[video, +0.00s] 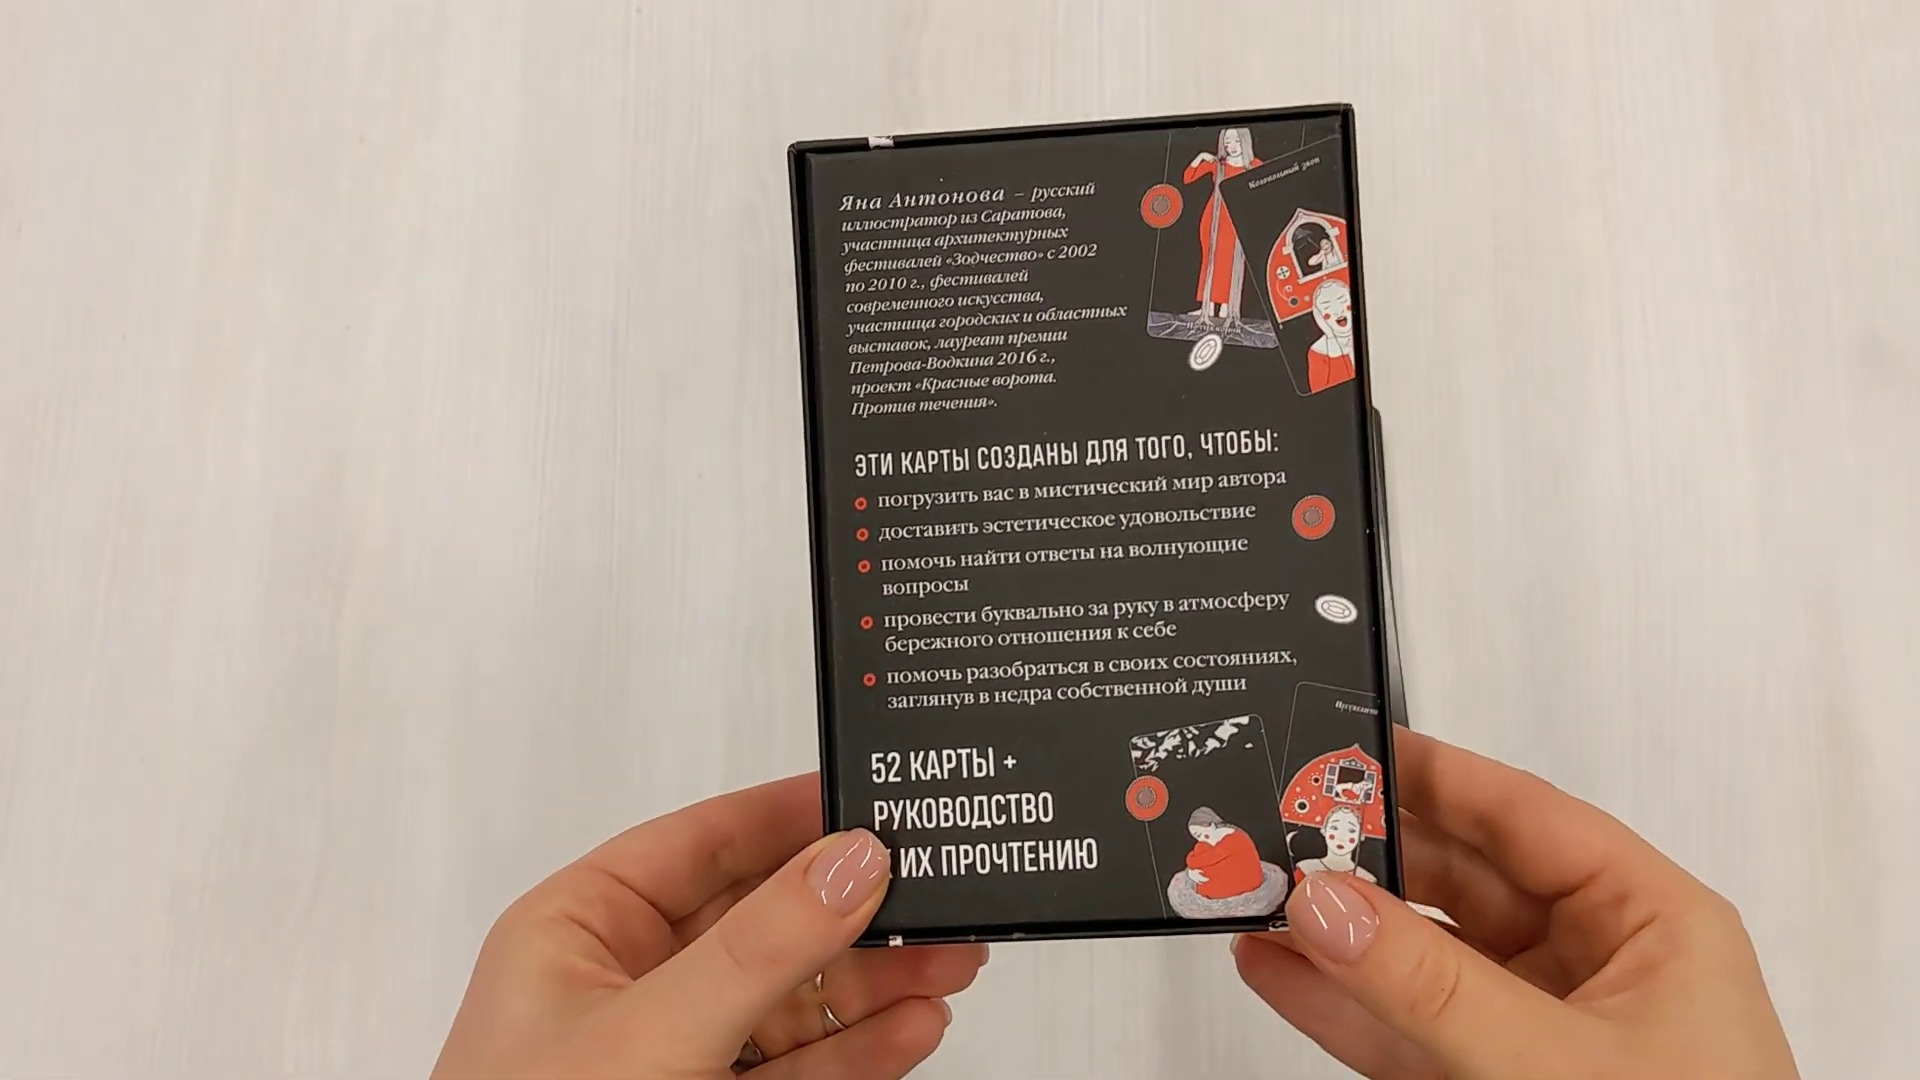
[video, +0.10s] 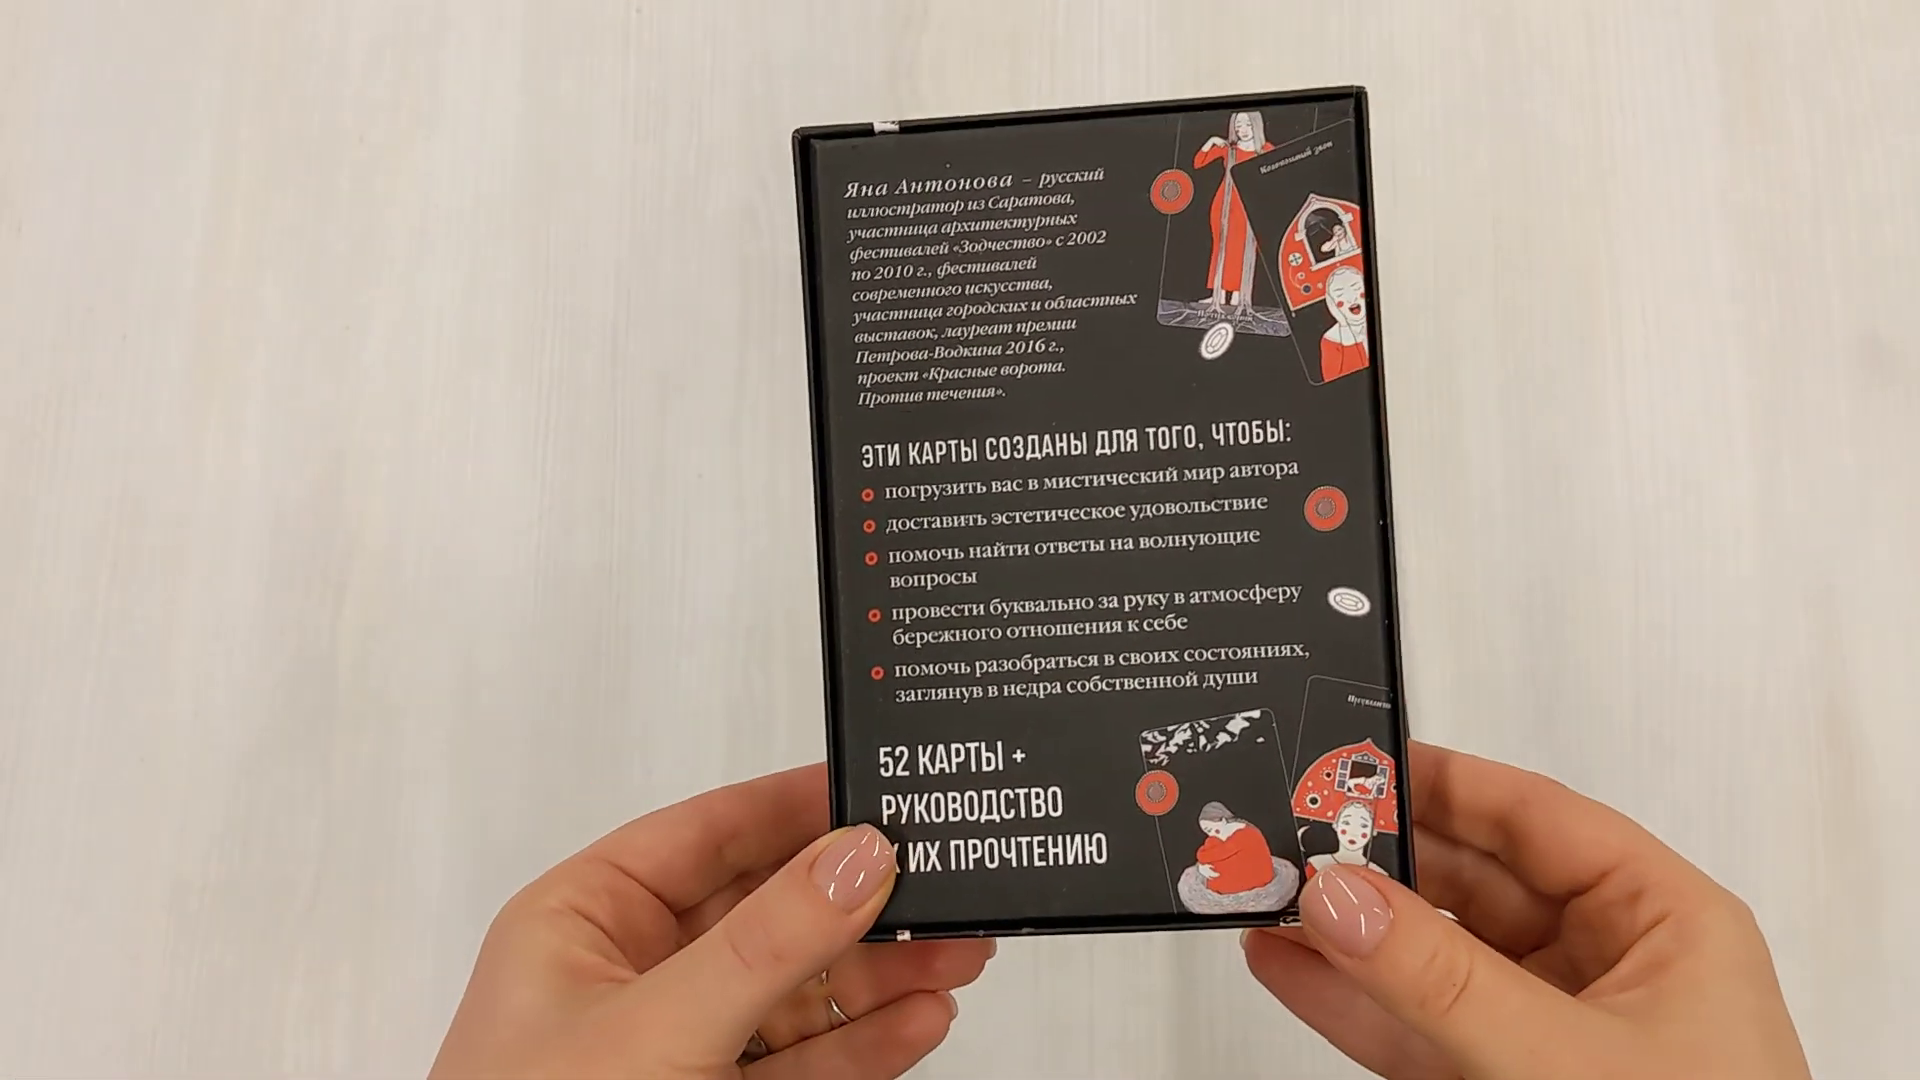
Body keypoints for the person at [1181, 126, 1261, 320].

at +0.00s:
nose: (1232, 146)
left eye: (1235, 141)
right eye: (1227, 142)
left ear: (1244, 142)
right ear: (1223, 145)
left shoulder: (1255, 166)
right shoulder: (1216, 165)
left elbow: (1264, 193)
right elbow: (1187, 179)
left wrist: (1249, 168)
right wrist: (1200, 158)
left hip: (1238, 219)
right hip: (1215, 217)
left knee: (1232, 261)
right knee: (1212, 260)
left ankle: (1227, 308)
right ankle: (1207, 307)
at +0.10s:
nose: (1242, 129)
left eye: (1246, 124)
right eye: (1238, 125)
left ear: (1255, 125)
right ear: (1233, 129)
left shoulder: (1266, 149)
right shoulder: (1227, 149)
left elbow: (1276, 174)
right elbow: (1198, 164)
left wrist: (1261, 152)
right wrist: (1211, 142)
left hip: (1249, 205)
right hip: (1225, 203)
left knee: (1243, 250)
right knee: (1222, 248)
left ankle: (1238, 296)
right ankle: (1218, 295)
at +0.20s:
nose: (1268, 131)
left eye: (1272, 126)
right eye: (1263, 127)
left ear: (1281, 127)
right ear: (1258, 130)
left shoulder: (1291, 152)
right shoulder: (1251, 149)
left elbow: (1301, 179)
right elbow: (1221, 163)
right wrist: (1235, 142)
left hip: (1272, 206)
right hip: (1248, 203)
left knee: (1263, 249)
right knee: (1243, 247)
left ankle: (1258, 296)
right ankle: (1238, 294)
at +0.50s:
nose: (1297, 137)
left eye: (1301, 132)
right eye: (1292, 133)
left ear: (1310, 134)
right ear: (1287, 135)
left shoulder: (1319, 160)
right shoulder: (1279, 154)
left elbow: (1326, 188)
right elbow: (1249, 166)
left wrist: (1312, 163)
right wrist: (1263, 146)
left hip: (1297, 213)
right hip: (1273, 209)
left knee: (1286, 255)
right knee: (1268, 251)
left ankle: (1277, 301)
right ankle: (1258, 298)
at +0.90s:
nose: (1310, 139)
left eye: (1315, 135)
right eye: (1306, 134)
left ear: (1323, 137)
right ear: (1300, 137)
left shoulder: (1330, 162)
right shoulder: (1291, 156)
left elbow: (1339, 188)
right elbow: (1262, 166)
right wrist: (1277, 147)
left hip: (1307, 213)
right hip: (1284, 208)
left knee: (1295, 255)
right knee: (1277, 251)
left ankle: (1283, 300)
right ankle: (1265, 297)